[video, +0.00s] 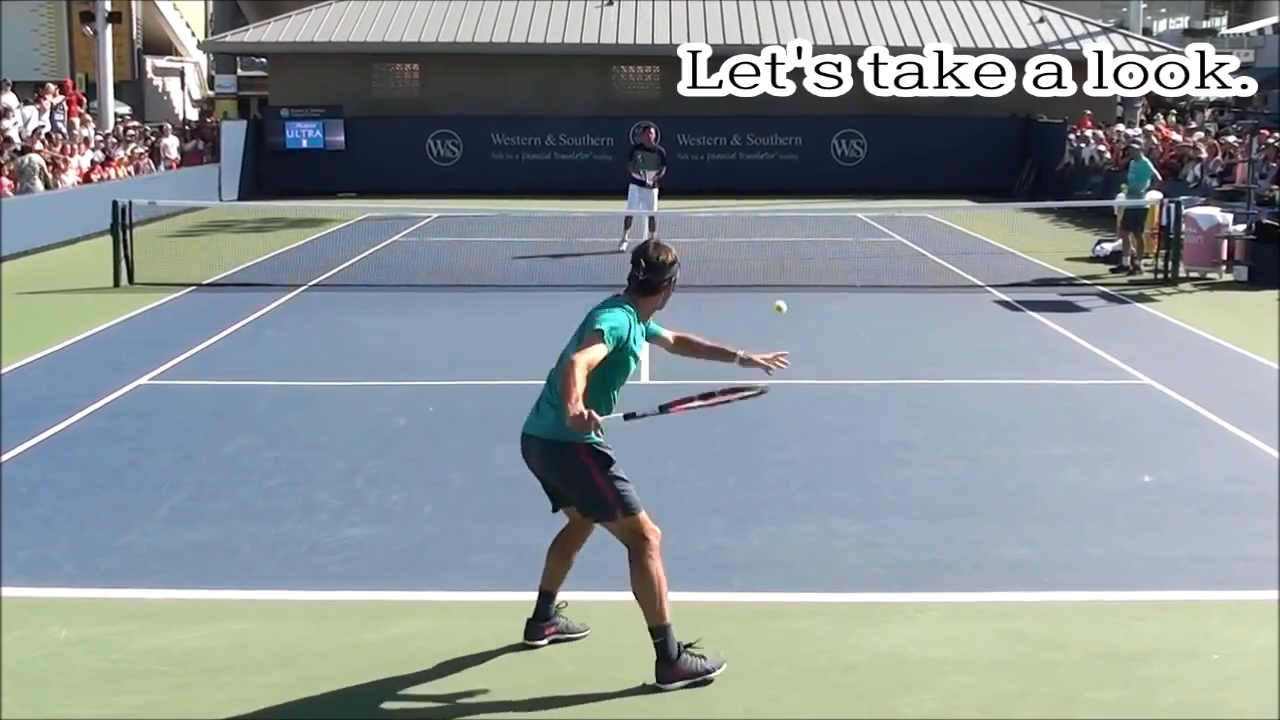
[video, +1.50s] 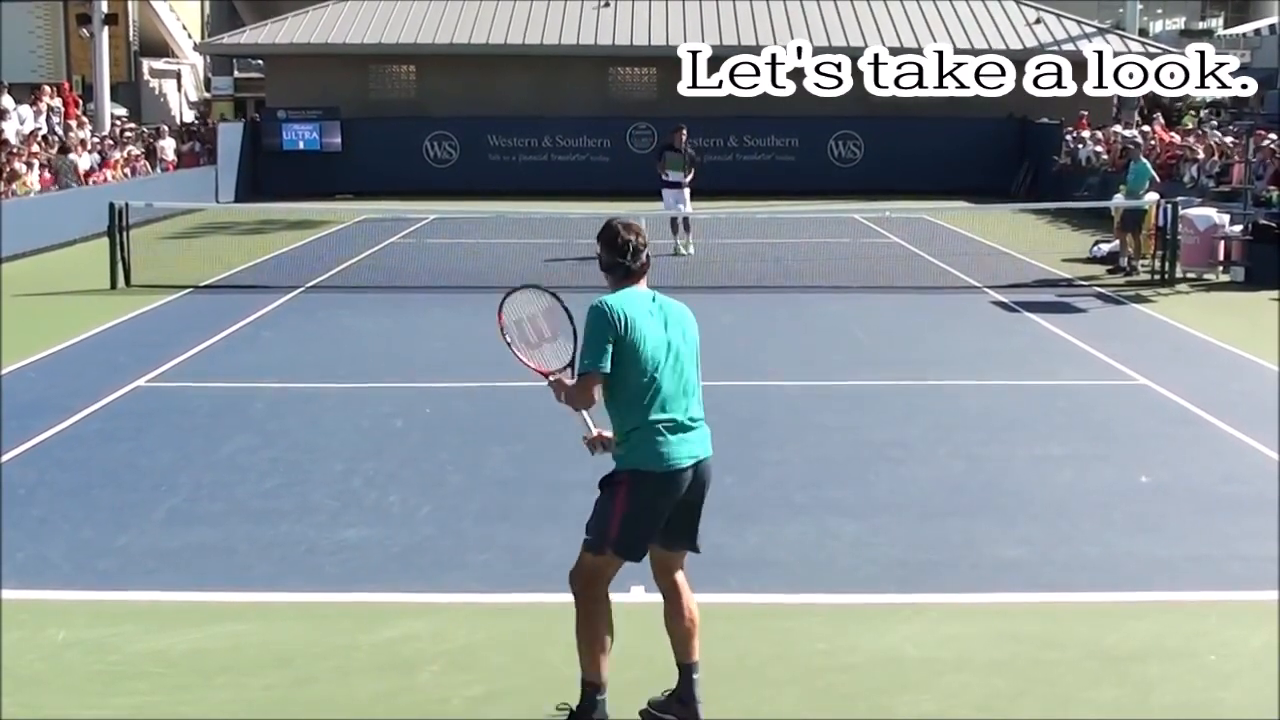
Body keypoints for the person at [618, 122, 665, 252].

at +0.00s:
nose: (650, 136)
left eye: (652, 133)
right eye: (648, 133)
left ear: (655, 136)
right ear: (643, 135)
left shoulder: (659, 151)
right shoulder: (635, 149)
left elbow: (663, 167)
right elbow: (629, 166)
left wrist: (655, 178)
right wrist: (639, 178)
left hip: (651, 186)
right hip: (636, 185)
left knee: (652, 214)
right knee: (630, 212)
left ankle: (652, 240)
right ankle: (624, 239)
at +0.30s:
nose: (645, 134)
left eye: (647, 131)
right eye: (643, 131)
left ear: (651, 134)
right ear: (638, 134)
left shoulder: (656, 150)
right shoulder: (632, 148)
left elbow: (660, 166)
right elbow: (627, 166)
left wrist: (652, 177)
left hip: (649, 184)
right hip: (633, 184)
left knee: (651, 213)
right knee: (627, 212)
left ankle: (653, 240)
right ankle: (621, 239)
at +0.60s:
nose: (647, 142)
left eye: (649, 139)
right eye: (645, 139)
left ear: (653, 142)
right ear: (640, 141)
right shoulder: (635, 155)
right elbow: (638, 171)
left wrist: (660, 173)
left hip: (649, 189)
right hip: (633, 189)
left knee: (663, 213)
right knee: (626, 215)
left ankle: (666, 240)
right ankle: (612, 240)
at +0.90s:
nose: (665, 138)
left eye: (667, 135)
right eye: (663, 135)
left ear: (669, 137)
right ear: (657, 136)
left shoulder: (671, 151)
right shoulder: (650, 150)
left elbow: (688, 157)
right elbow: (641, 166)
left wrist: (703, 152)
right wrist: (651, 166)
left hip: (664, 185)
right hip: (650, 186)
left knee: (667, 212)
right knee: (649, 212)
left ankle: (660, 240)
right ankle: (637, 239)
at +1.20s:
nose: (676, 139)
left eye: (678, 136)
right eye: (673, 136)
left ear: (680, 138)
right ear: (667, 137)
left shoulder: (683, 154)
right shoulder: (659, 153)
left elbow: (684, 169)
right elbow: (649, 170)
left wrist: (685, 176)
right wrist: (655, 163)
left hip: (678, 183)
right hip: (664, 183)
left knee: (679, 213)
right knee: (675, 211)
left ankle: (665, 238)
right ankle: (678, 243)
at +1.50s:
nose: (682, 137)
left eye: (684, 135)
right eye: (680, 134)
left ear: (686, 137)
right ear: (674, 136)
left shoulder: (689, 153)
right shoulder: (665, 150)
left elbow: (692, 168)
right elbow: (659, 165)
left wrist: (688, 178)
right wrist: (662, 172)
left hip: (682, 185)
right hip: (668, 186)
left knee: (686, 214)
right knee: (674, 214)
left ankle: (689, 242)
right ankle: (676, 243)